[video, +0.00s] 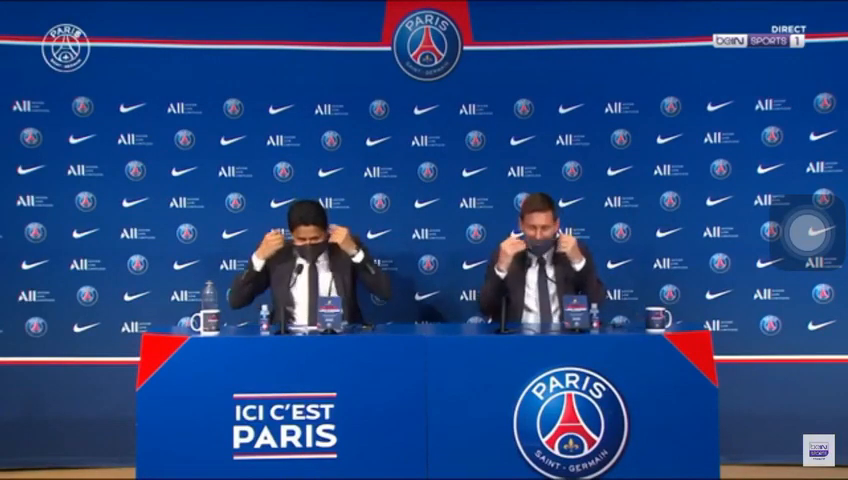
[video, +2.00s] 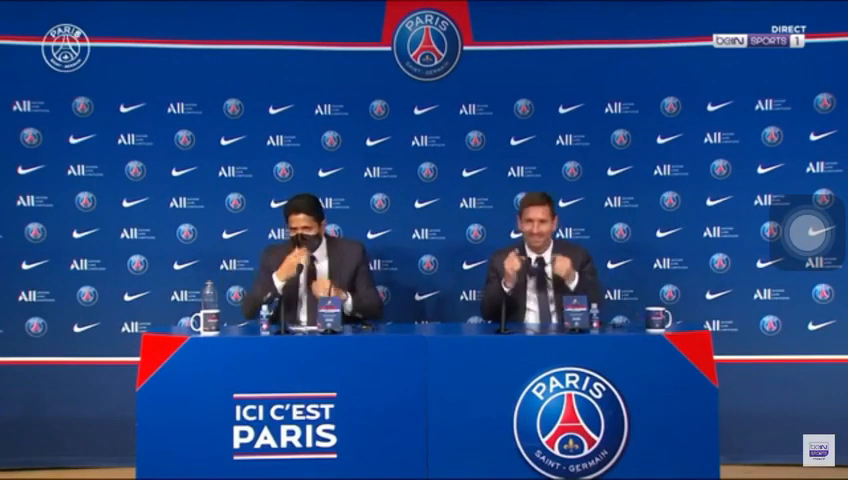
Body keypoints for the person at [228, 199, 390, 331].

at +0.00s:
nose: (308, 246)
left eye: (315, 239)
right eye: (301, 239)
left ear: (326, 232)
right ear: (291, 235)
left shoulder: (345, 254)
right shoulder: (277, 258)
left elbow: (384, 292)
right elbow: (236, 302)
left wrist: (355, 252)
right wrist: (259, 257)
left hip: (341, 345)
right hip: (291, 346)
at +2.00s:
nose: (300, 236)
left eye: (307, 230)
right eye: (294, 230)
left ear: (322, 226)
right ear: (288, 229)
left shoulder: (352, 252)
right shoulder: (275, 255)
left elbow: (374, 308)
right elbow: (249, 310)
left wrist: (342, 297)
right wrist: (280, 277)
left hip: (338, 344)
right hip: (289, 344)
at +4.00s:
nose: (316, 248)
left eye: (320, 240)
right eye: (308, 243)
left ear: (325, 233)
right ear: (290, 239)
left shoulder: (347, 258)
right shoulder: (267, 264)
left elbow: (380, 307)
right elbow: (238, 318)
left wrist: (363, 343)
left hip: (340, 349)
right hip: (287, 351)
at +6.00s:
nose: (324, 243)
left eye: (329, 235)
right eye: (316, 236)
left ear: (336, 231)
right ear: (300, 232)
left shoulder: (353, 254)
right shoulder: (277, 257)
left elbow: (369, 316)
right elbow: (269, 314)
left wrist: (351, 294)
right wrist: (302, 308)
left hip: (343, 344)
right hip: (295, 345)